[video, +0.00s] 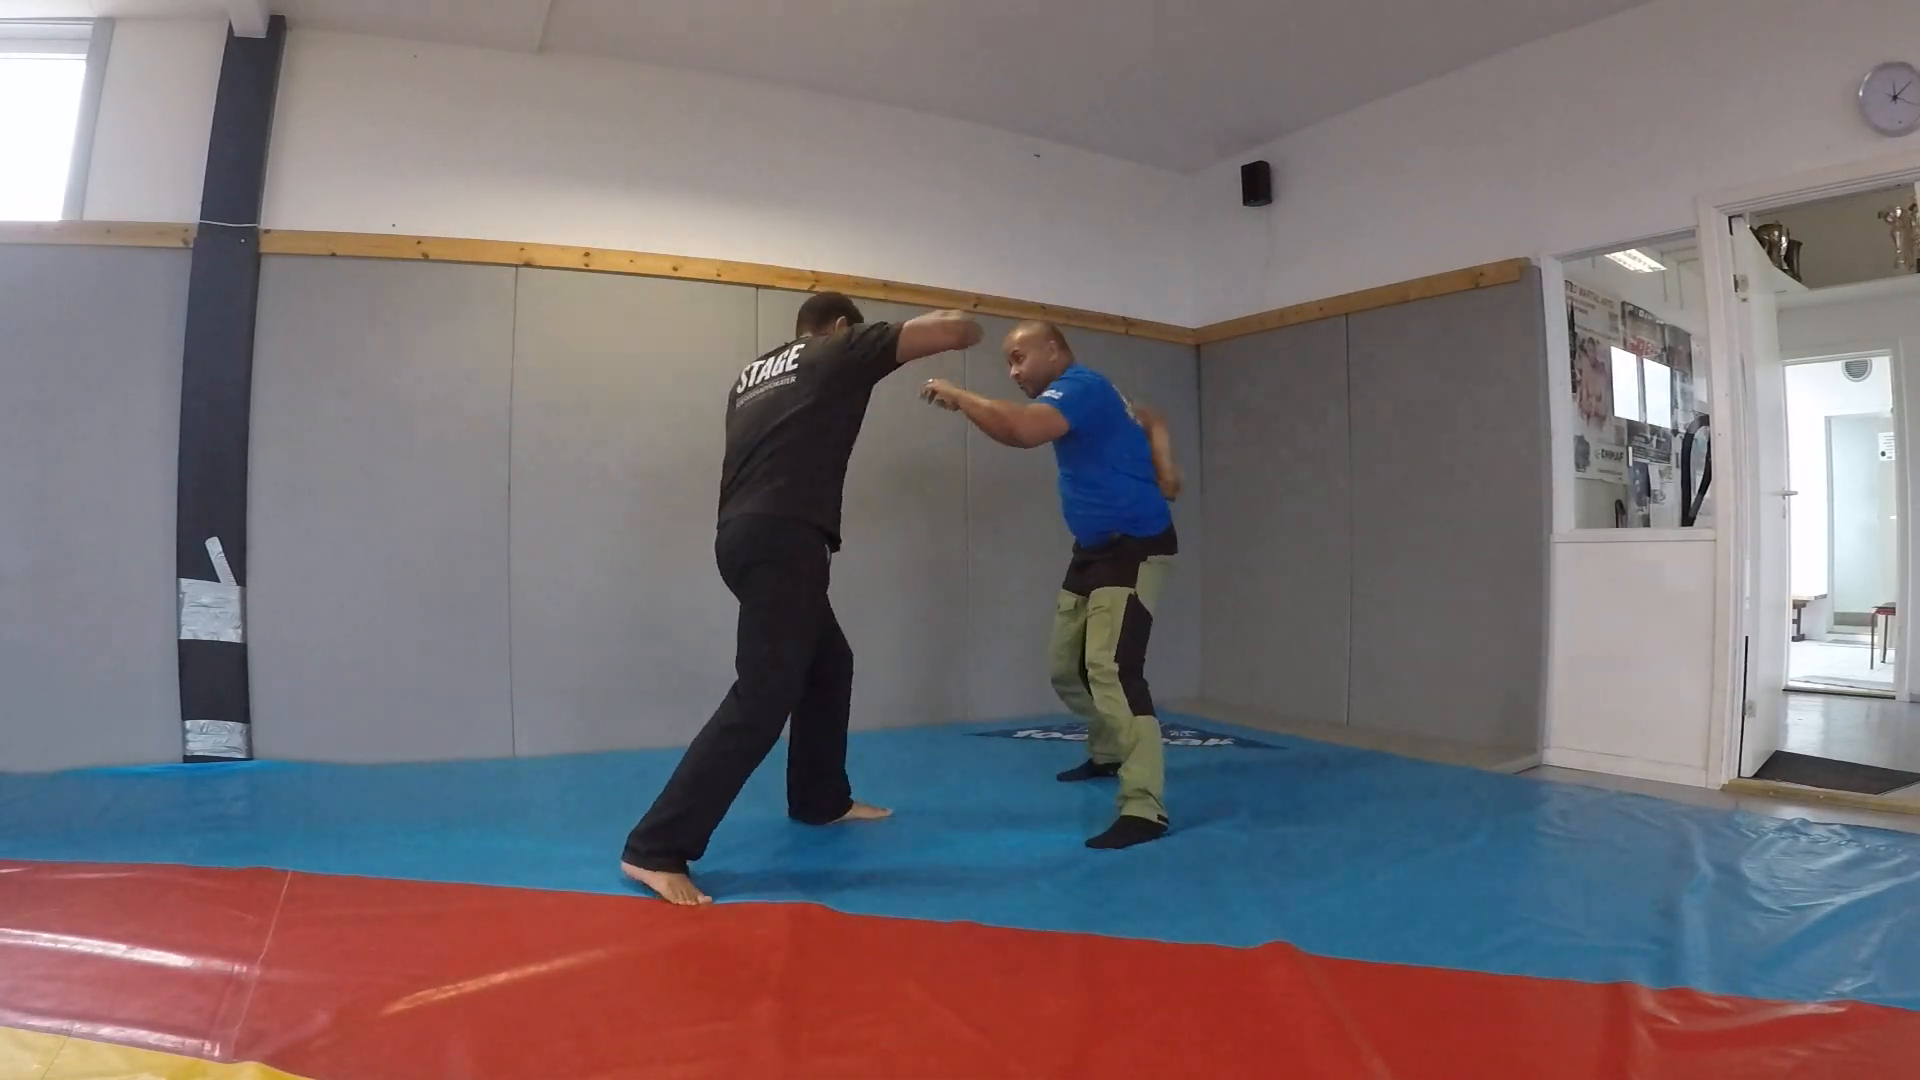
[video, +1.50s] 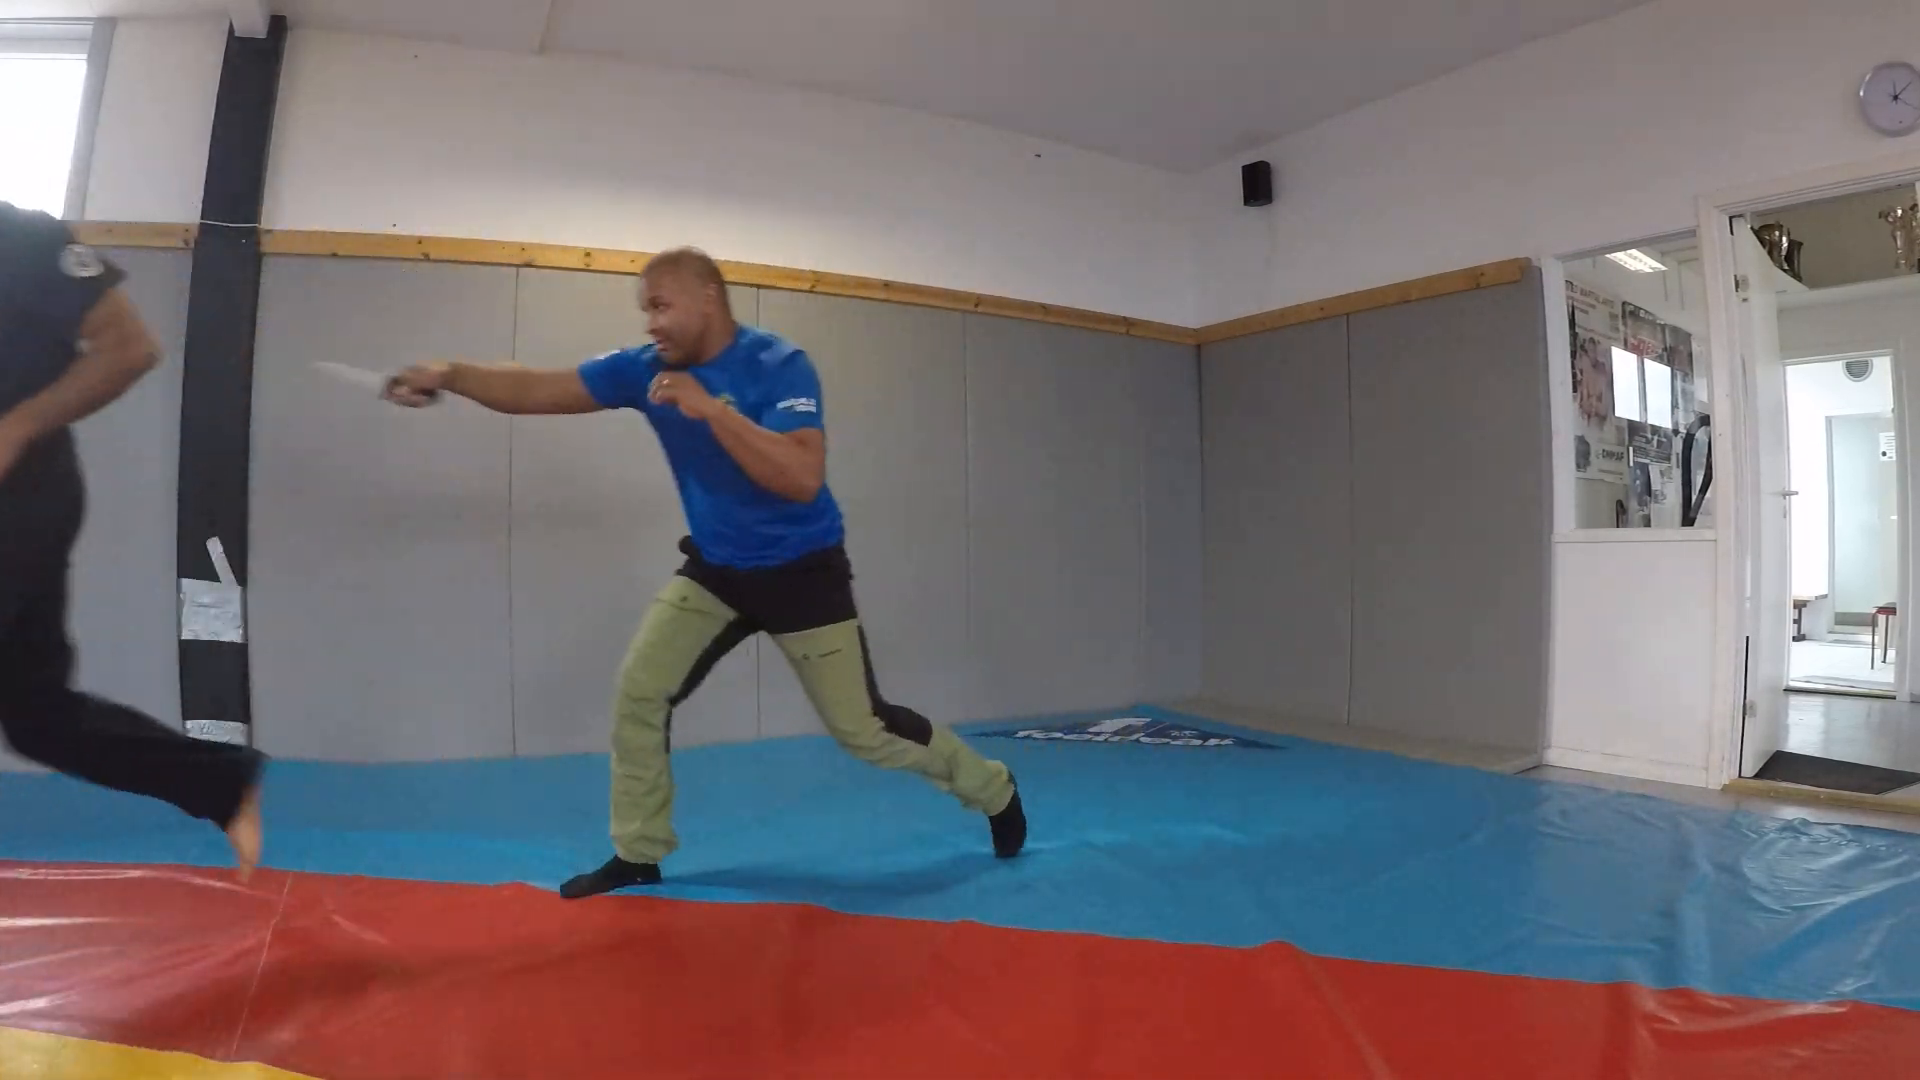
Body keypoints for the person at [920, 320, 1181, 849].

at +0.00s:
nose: (1013, 370)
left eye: (1019, 357)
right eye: (1009, 363)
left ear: (1054, 350)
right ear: (1051, 355)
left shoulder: (1084, 387)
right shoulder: (1077, 392)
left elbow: (1023, 428)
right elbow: (1151, 420)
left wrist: (960, 398)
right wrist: (1166, 469)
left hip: (1135, 547)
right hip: (1093, 549)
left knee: (1112, 670)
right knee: (1069, 669)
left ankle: (1144, 809)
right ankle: (1111, 753)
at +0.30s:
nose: (982, 390)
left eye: (987, 379)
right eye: (979, 384)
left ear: (1021, 370)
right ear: (1025, 372)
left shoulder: (1034, 399)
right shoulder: (1079, 395)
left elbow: (990, 451)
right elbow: (1148, 402)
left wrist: (934, 449)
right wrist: (1156, 456)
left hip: (1117, 538)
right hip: (1108, 537)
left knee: (1086, 661)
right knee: (1065, 661)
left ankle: (1121, 796)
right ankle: (1108, 753)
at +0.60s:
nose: (968, 384)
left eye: (975, 371)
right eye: (964, 375)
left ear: (1010, 365)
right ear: (981, 376)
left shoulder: (1041, 405)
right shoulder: (1018, 409)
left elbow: (1092, 465)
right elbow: (1064, 463)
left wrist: (1012, 472)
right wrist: (1034, 487)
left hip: (1106, 541)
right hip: (1078, 541)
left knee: (1056, 657)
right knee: (1065, 651)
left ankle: (1058, 798)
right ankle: (1106, 752)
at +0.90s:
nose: (955, 371)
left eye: (967, 358)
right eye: (951, 360)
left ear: (1007, 358)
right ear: (949, 363)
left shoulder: (1054, 404)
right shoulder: (939, 414)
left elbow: (1135, 441)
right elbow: (840, 440)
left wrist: (1132, 465)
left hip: (1072, 554)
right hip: (1015, 569)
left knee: (1019, 670)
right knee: (1044, 676)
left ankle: (1044, 819)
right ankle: (1102, 736)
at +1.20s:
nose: (873, 347)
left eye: (884, 333)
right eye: (869, 334)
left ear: (930, 331)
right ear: (868, 335)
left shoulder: (988, 399)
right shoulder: (863, 393)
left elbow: (1014, 506)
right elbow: (857, 458)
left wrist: (933, 464)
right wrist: (816, 489)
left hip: (977, 564)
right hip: (903, 562)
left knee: (974, 717)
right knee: (844, 680)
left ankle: (1043, 817)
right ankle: (888, 772)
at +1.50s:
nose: (648, 322)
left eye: (659, 307)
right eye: (645, 308)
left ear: (710, 302)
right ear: (663, 311)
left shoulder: (780, 368)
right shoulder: (652, 372)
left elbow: (801, 476)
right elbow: (543, 389)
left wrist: (709, 410)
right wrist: (449, 376)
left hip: (803, 573)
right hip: (714, 570)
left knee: (861, 728)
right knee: (640, 694)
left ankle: (995, 789)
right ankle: (638, 858)